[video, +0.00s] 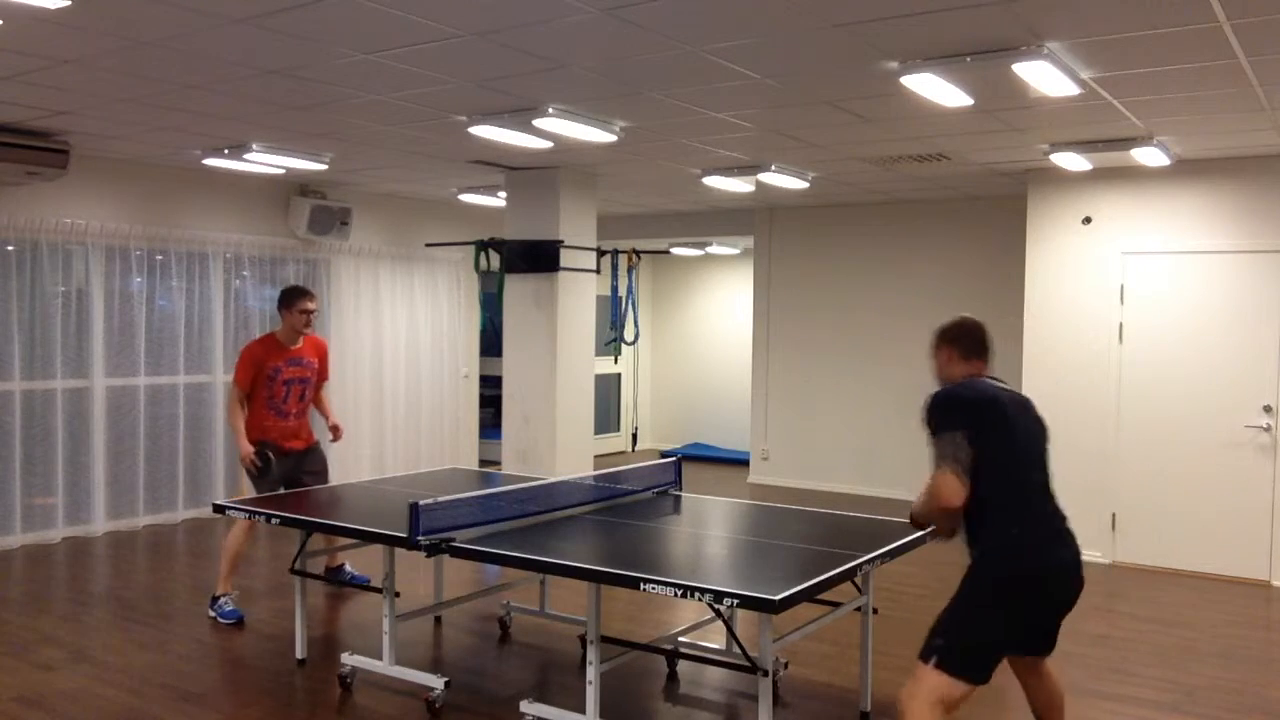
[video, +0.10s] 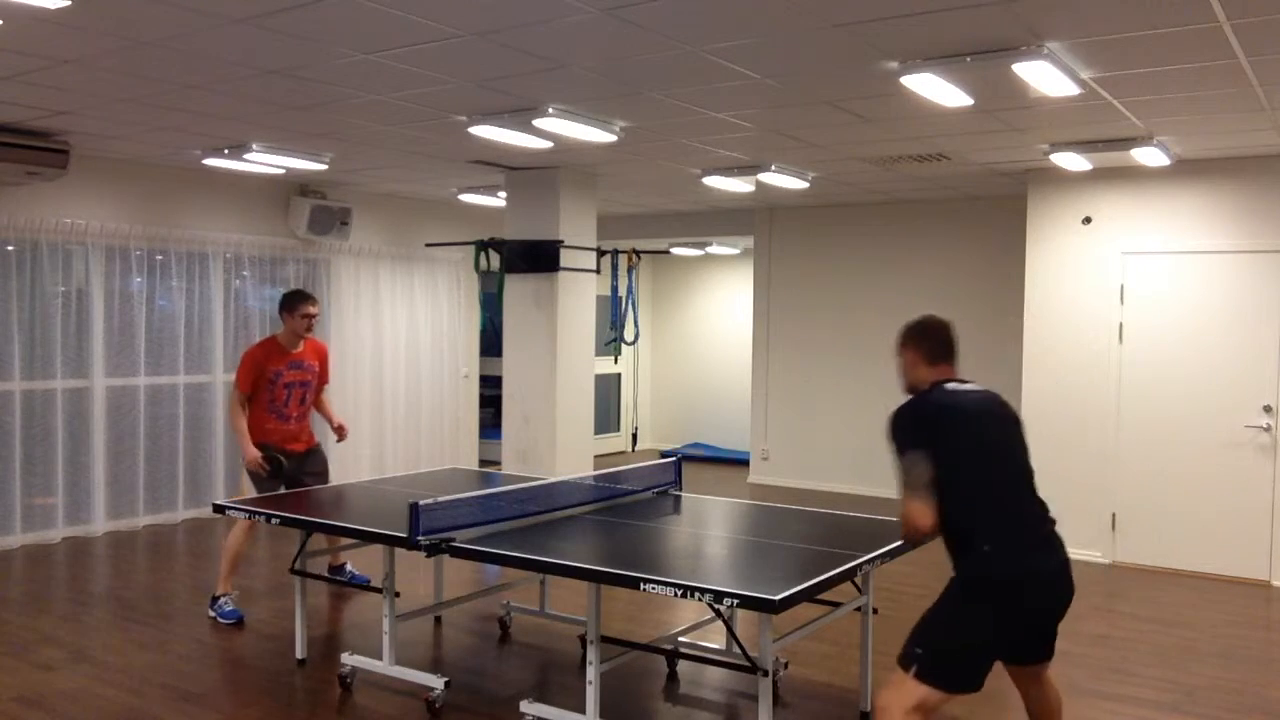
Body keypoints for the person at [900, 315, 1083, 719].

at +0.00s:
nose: (937, 369)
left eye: (938, 359)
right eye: (937, 359)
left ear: (949, 356)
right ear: (983, 357)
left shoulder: (952, 399)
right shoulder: (1021, 404)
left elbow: (950, 495)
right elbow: (1019, 487)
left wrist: (924, 514)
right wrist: (960, 513)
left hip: (1008, 568)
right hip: (1061, 564)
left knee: (923, 699)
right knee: (1029, 661)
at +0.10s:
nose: (901, 369)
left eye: (902, 359)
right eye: (901, 359)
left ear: (914, 357)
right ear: (952, 358)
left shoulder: (914, 415)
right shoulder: (995, 403)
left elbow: (922, 522)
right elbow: (1012, 487)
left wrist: (910, 528)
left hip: (988, 583)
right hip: (1049, 571)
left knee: (898, 702)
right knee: (1032, 675)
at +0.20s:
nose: (878, 373)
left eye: (877, 363)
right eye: (875, 364)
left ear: (891, 363)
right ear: (931, 358)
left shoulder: (892, 429)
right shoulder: (993, 406)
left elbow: (902, 544)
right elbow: (1063, 483)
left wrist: (926, 542)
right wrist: (1047, 520)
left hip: (979, 588)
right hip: (1044, 575)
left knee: (884, 706)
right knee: (1022, 670)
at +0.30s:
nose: (877, 368)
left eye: (876, 358)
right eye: (874, 359)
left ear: (889, 358)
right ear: (931, 352)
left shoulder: (887, 427)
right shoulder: (1000, 398)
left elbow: (898, 541)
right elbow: (1066, 474)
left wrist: (922, 538)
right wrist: (1034, 517)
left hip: (974, 584)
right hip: (1044, 575)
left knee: (886, 706)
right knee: (1021, 667)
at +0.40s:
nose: (887, 357)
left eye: (887, 347)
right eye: (887, 348)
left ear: (901, 348)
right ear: (943, 345)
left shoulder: (894, 417)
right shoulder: (1005, 393)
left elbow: (902, 531)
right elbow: (1063, 482)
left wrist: (934, 502)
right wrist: (1008, 505)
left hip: (976, 576)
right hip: (1048, 567)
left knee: (905, 701)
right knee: (1027, 666)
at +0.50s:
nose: (899, 356)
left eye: (900, 344)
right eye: (899, 345)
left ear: (915, 346)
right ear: (956, 345)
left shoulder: (906, 410)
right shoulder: (1011, 392)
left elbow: (908, 518)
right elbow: (1052, 490)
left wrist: (949, 482)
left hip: (988, 570)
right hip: (1057, 562)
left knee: (913, 700)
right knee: (1030, 667)